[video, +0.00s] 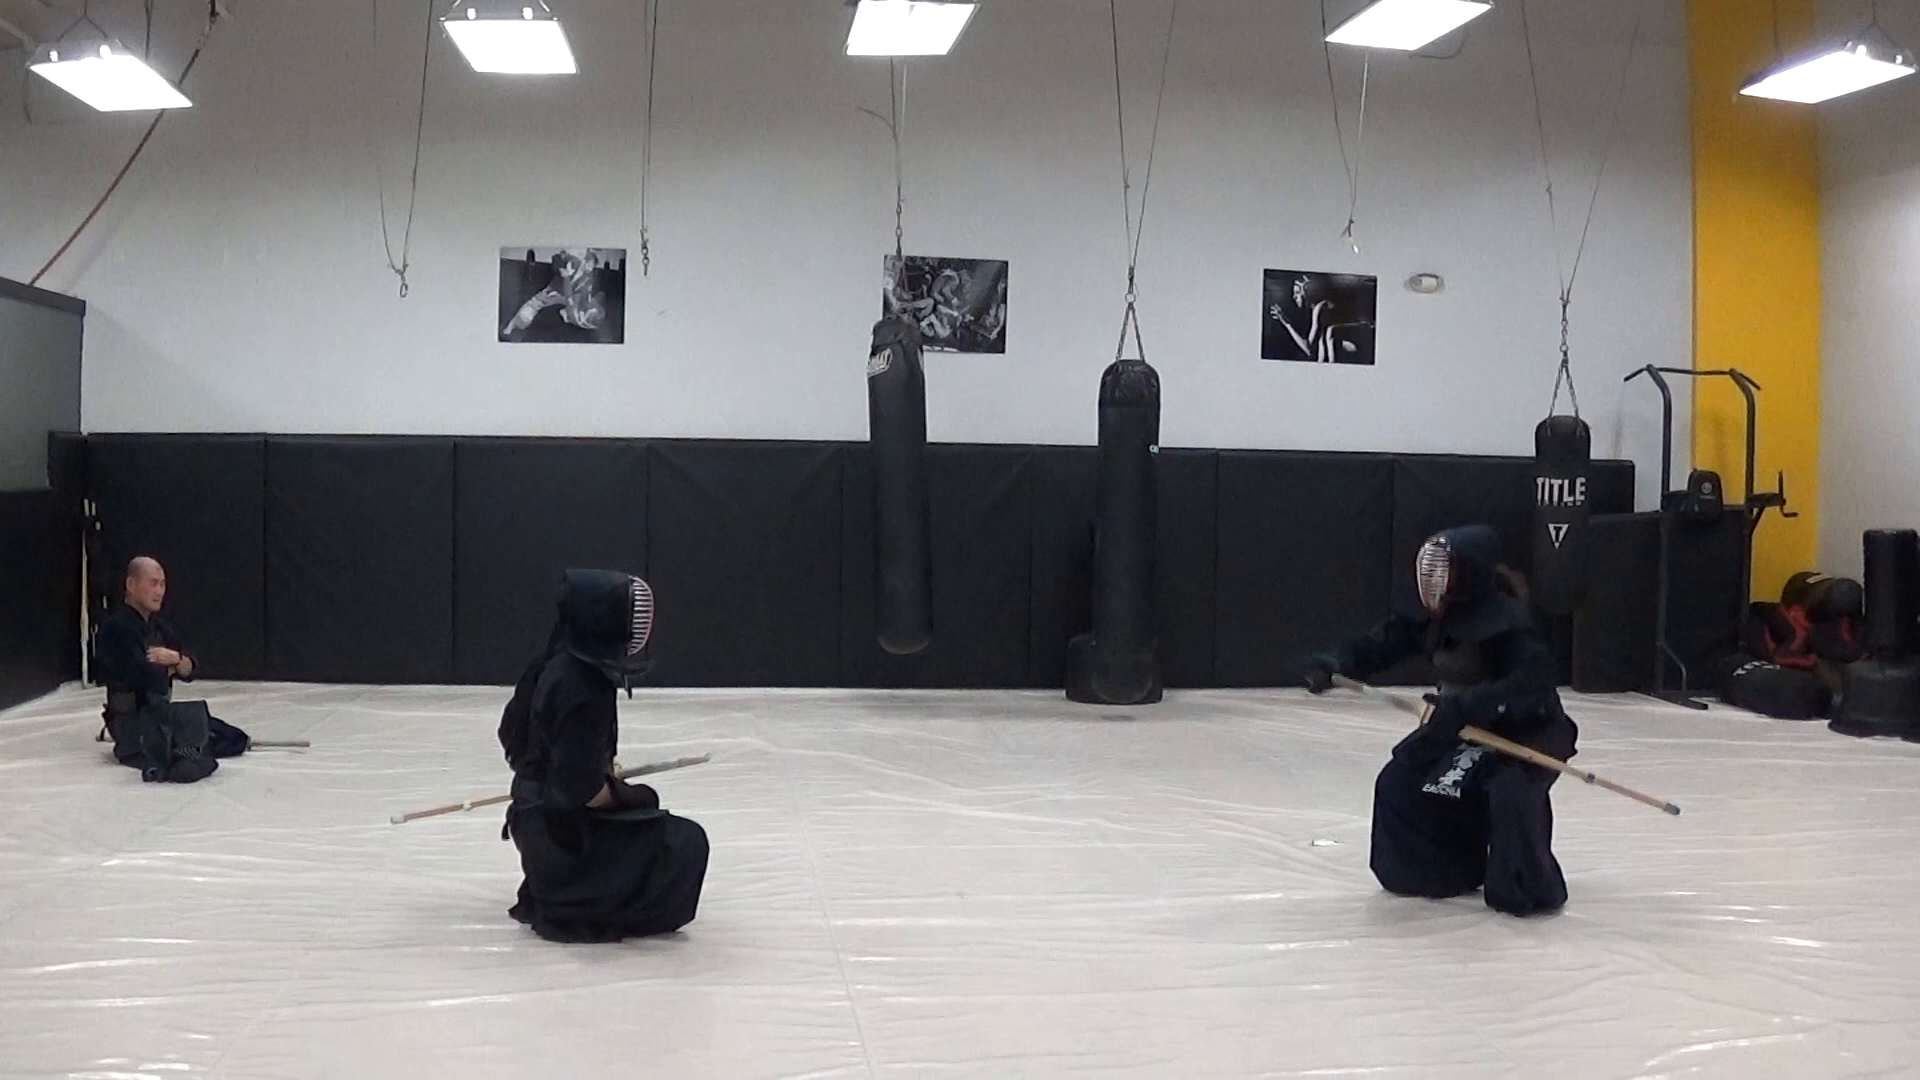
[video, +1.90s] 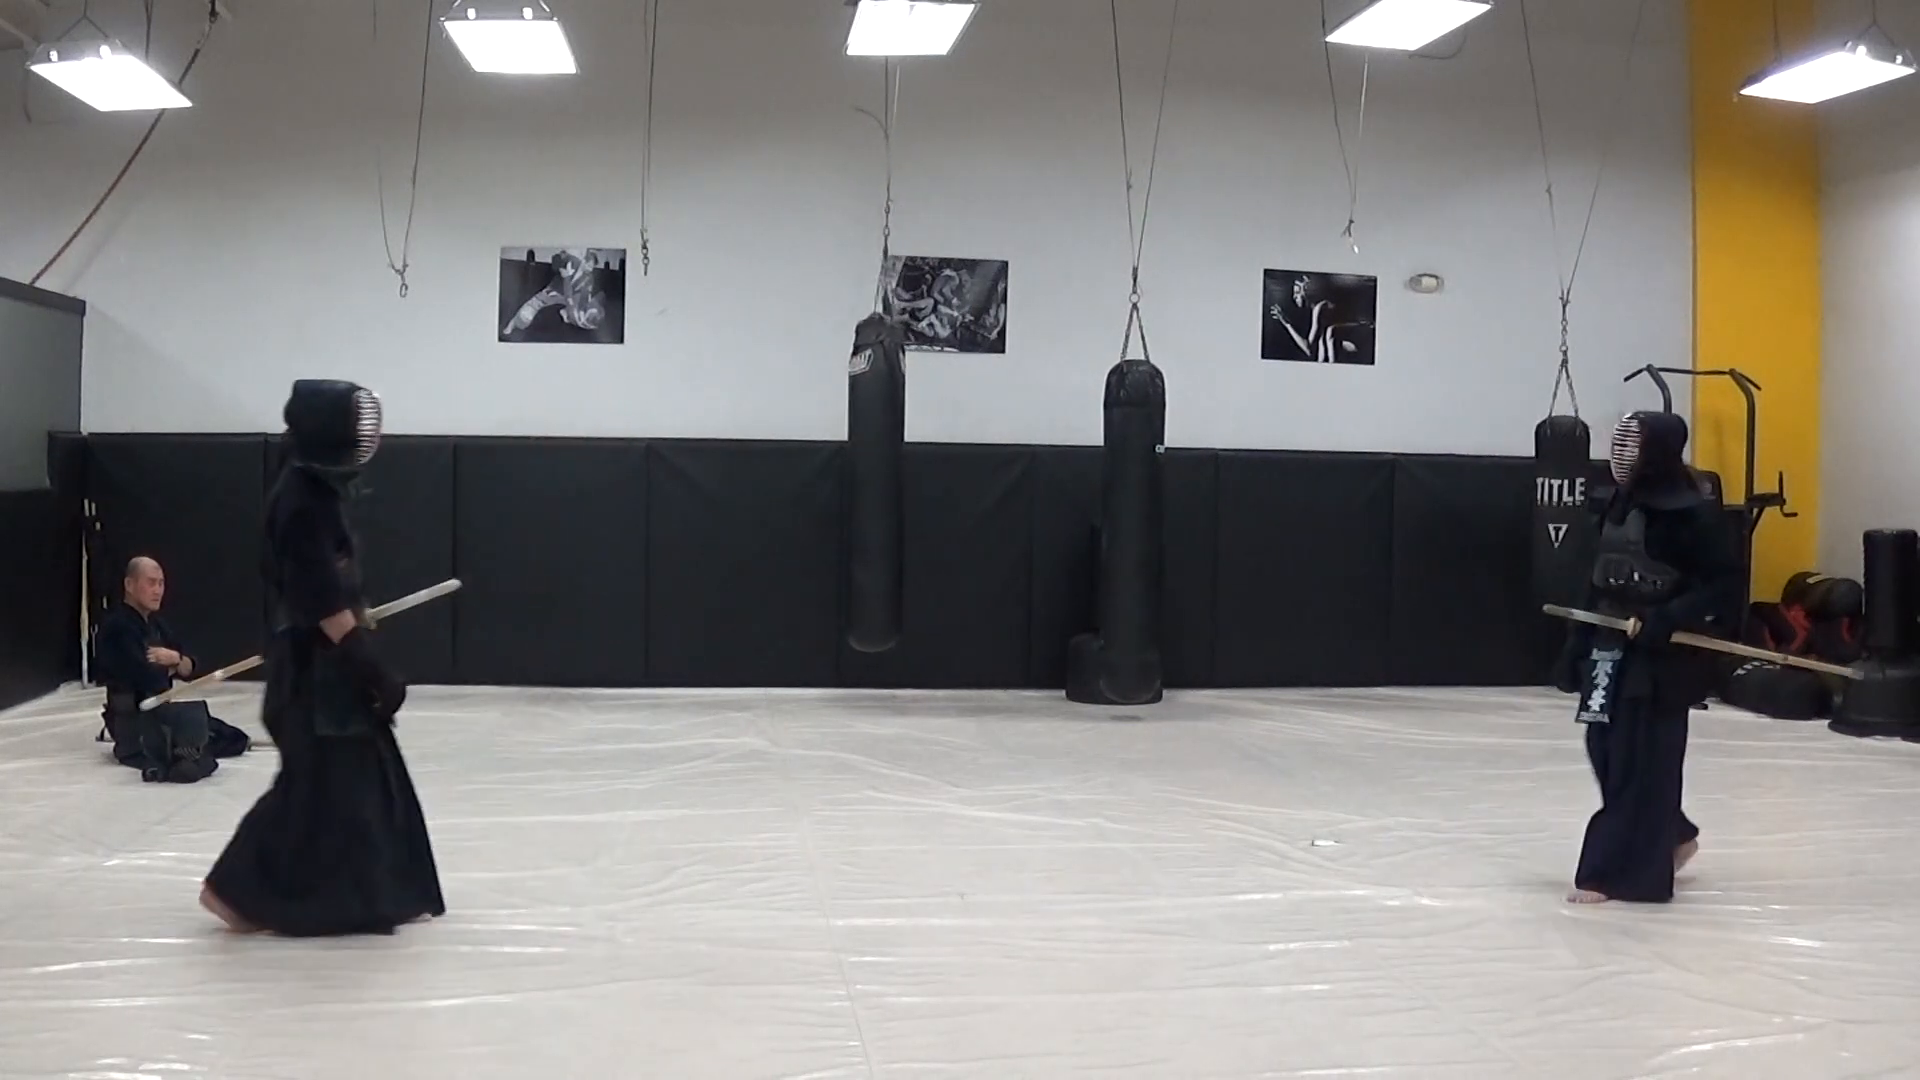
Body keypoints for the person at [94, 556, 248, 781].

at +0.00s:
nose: (160, 591)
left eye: (162, 585)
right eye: (153, 583)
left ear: (165, 587)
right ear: (130, 585)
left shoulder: (159, 623)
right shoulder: (116, 627)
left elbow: (191, 670)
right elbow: (140, 678)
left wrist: (176, 658)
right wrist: (173, 667)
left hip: (161, 719)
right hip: (129, 726)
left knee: (237, 740)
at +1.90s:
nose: (158, 590)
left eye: (161, 583)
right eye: (151, 582)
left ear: (164, 586)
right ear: (129, 585)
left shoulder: (156, 622)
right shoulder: (117, 625)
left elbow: (191, 670)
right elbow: (149, 683)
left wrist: (176, 658)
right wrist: (172, 668)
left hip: (163, 716)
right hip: (131, 725)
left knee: (237, 740)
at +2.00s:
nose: (159, 590)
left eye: (161, 584)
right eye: (152, 582)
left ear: (165, 586)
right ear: (129, 585)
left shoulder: (158, 622)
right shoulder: (117, 624)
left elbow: (190, 667)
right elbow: (142, 676)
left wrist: (175, 658)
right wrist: (175, 669)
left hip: (162, 711)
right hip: (130, 718)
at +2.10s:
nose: (158, 591)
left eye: (161, 584)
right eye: (151, 583)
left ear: (165, 586)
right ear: (129, 585)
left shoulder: (157, 624)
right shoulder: (117, 624)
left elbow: (193, 670)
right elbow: (146, 676)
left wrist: (173, 659)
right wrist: (179, 665)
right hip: (130, 727)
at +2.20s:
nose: (158, 590)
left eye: (161, 584)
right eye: (151, 583)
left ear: (165, 586)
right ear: (129, 585)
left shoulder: (161, 624)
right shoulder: (114, 623)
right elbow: (109, 675)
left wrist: (166, 657)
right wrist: (148, 661)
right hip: (128, 719)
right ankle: (129, 749)